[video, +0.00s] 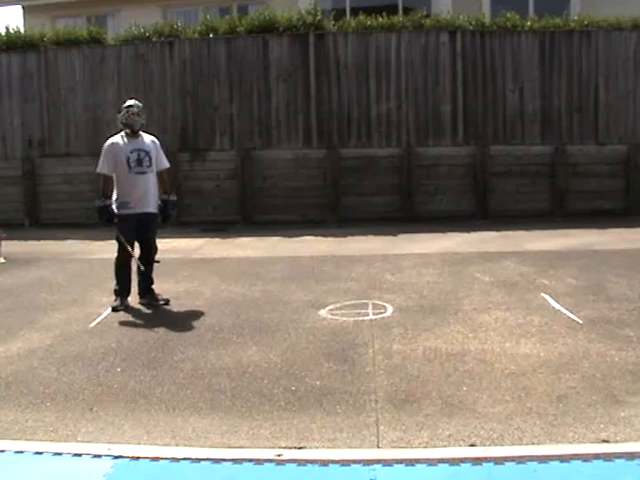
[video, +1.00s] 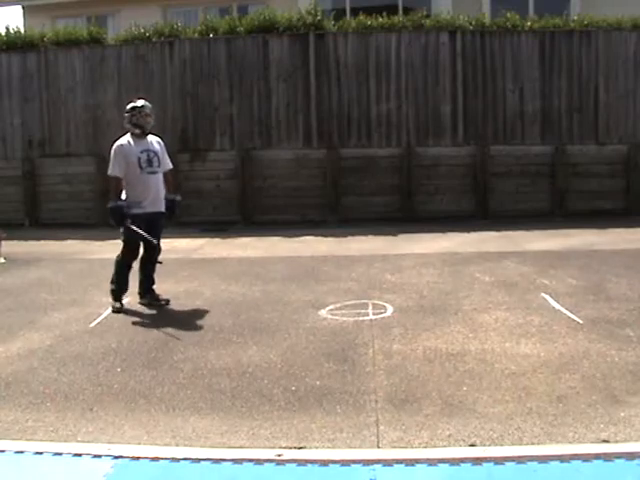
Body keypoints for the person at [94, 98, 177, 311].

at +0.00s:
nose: (133, 119)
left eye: (137, 114)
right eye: (129, 115)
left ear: (142, 118)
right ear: (122, 118)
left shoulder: (152, 142)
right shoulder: (113, 145)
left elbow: (162, 172)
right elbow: (107, 176)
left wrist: (167, 196)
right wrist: (105, 201)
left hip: (149, 206)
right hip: (125, 207)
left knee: (149, 252)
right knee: (125, 252)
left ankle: (147, 291)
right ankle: (121, 295)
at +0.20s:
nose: (137, 118)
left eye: (141, 114)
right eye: (132, 115)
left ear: (146, 117)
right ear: (124, 118)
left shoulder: (154, 142)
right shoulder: (116, 145)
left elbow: (165, 171)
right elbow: (109, 176)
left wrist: (171, 195)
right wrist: (110, 198)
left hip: (152, 206)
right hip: (128, 208)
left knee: (150, 250)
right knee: (127, 252)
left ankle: (147, 291)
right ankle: (121, 294)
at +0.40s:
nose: (141, 118)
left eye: (144, 114)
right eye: (136, 115)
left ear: (149, 118)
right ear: (127, 118)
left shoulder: (157, 141)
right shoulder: (119, 146)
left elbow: (167, 169)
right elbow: (114, 177)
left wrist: (172, 190)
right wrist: (116, 199)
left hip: (156, 207)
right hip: (132, 208)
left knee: (152, 251)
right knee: (129, 252)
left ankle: (147, 291)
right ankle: (121, 294)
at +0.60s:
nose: (142, 119)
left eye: (145, 115)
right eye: (137, 115)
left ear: (150, 118)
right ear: (128, 119)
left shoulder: (157, 142)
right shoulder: (121, 147)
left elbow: (168, 169)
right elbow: (118, 178)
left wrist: (174, 191)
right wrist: (119, 202)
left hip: (158, 207)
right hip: (134, 208)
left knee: (153, 252)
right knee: (130, 251)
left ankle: (147, 291)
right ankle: (122, 294)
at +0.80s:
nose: (145, 119)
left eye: (148, 115)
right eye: (140, 115)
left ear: (152, 118)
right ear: (131, 119)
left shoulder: (157, 142)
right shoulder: (122, 146)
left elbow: (168, 170)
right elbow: (119, 178)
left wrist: (172, 194)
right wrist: (119, 203)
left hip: (157, 206)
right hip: (136, 207)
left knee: (153, 252)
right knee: (132, 250)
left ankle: (147, 291)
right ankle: (119, 294)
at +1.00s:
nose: (145, 120)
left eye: (148, 115)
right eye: (140, 116)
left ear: (152, 118)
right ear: (130, 119)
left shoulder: (156, 142)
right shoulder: (121, 146)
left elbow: (167, 171)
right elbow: (116, 179)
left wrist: (171, 196)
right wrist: (115, 204)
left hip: (156, 207)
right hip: (133, 208)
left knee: (152, 252)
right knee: (130, 251)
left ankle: (147, 291)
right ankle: (117, 294)